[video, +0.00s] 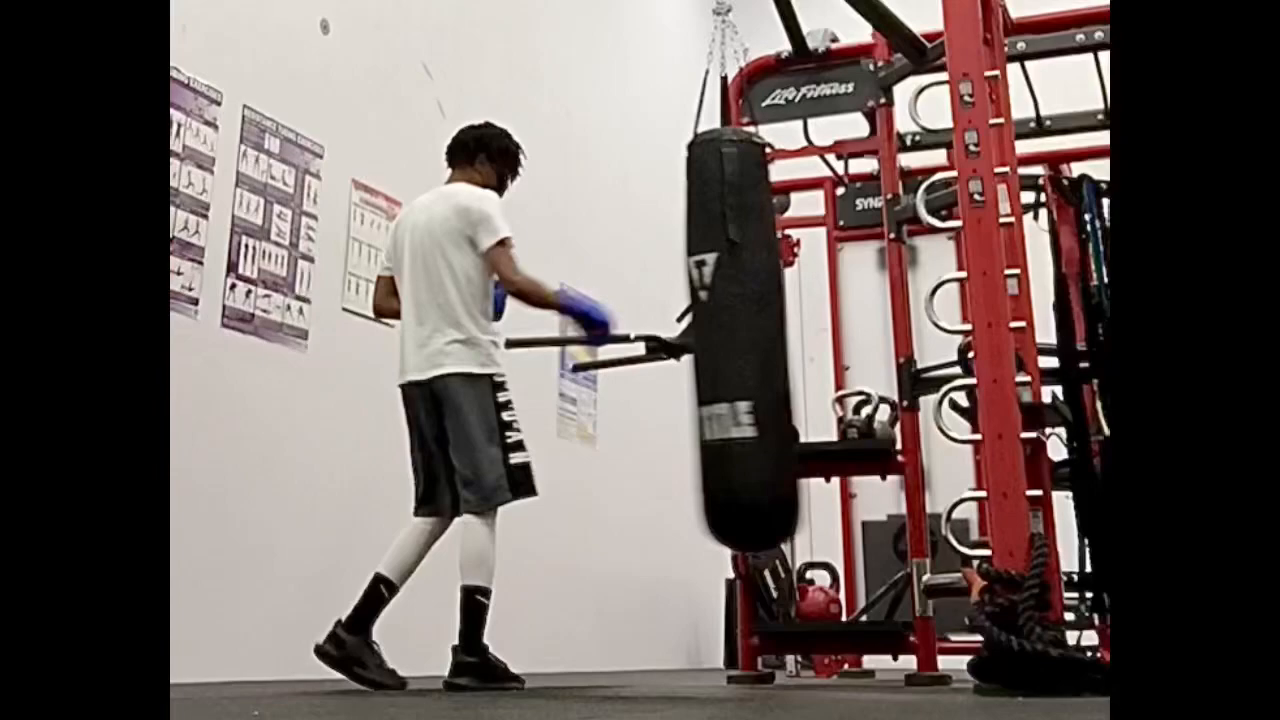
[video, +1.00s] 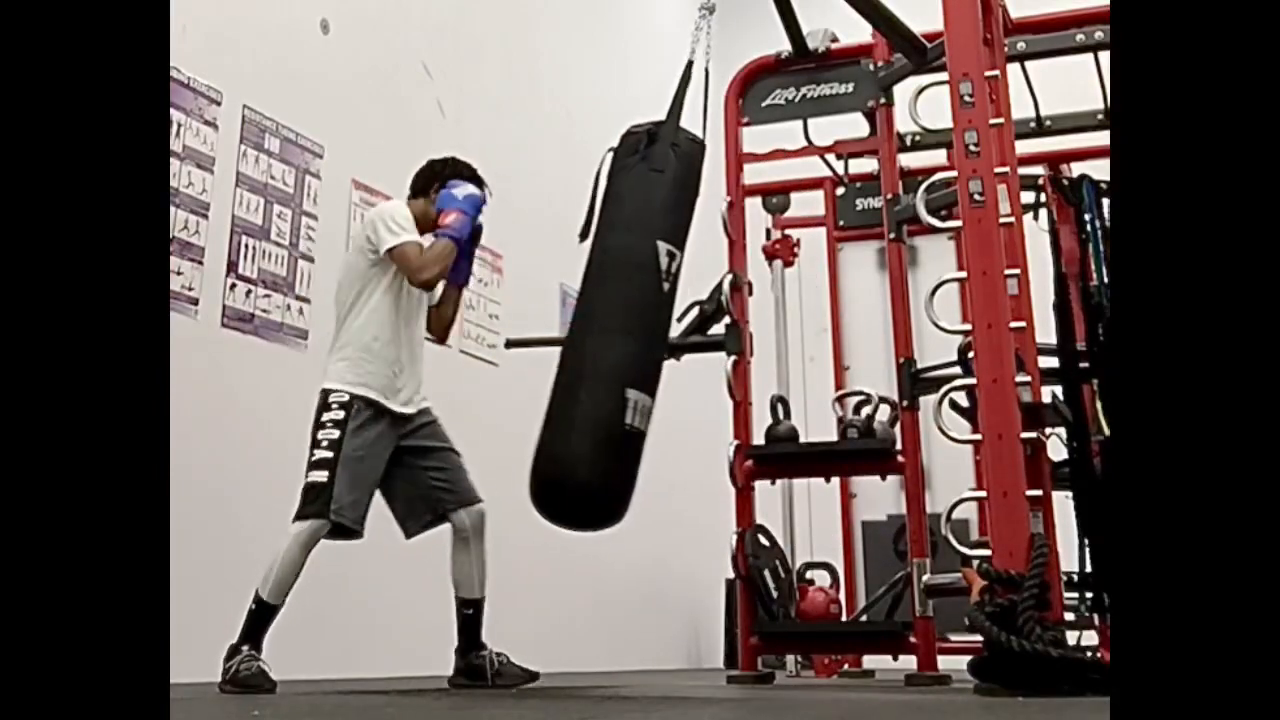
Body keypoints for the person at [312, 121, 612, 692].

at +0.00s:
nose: (502, 188)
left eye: (505, 180)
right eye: (502, 178)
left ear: (453, 162)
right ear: (484, 163)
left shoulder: (408, 215)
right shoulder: (478, 202)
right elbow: (510, 280)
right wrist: (576, 305)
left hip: (417, 374)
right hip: (464, 370)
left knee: (436, 506)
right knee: (481, 503)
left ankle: (353, 632)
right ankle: (471, 654)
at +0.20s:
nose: (470, 197)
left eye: (476, 191)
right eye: (469, 184)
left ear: (450, 178)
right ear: (446, 168)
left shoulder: (424, 230)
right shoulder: (405, 202)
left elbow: (404, 306)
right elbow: (343, 265)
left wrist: (445, 325)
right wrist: (399, 311)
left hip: (390, 373)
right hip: (379, 370)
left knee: (369, 508)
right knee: (416, 499)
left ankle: (335, 652)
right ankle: (437, 649)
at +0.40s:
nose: (426, 190)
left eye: (431, 182)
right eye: (425, 177)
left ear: (404, 166)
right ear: (398, 159)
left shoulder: (400, 229)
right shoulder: (348, 205)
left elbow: (381, 302)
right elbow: (306, 284)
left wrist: (413, 324)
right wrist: (380, 300)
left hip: (387, 390)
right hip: (334, 384)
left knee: (428, 506)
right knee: (305, 508)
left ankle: (353, 635)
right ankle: (247, 650)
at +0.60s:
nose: (440, 219)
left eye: (447, 214)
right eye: (439, 207)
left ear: (440, 210)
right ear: (418, 187)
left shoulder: (421, 259)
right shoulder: (369, 218)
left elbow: (451, 328)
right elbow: (375, 275)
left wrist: (488, 280)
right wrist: (447, 251)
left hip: (397, 404)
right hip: (340, 396)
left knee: (458, 516)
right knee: (309, 515)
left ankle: (474, 656)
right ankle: (246, 651)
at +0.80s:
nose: (460, 229)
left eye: (466, 224)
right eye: (459, 218)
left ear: (444, 214)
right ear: (435, 200)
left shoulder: (430, 259)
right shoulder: (384, 220)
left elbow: (443, 336)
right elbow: (400, 285)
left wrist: (474, 278)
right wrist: (452, 249)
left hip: (398, 409)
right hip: (342, 398)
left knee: (457, 516)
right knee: (300, 517)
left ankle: (474, 656)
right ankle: (244, 651)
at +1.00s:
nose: (459, 216)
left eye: (465, 209)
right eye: (457, 204)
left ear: (439, 204)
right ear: (433, 194)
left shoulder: (424, 251)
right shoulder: (385, 214)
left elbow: (438, 331)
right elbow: (422, 272)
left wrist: (463, 262)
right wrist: (456, 229)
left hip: (406, 403)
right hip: (355, 394)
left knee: (470, 516)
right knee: (315, 521)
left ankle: (472, 657)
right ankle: (245, 652)